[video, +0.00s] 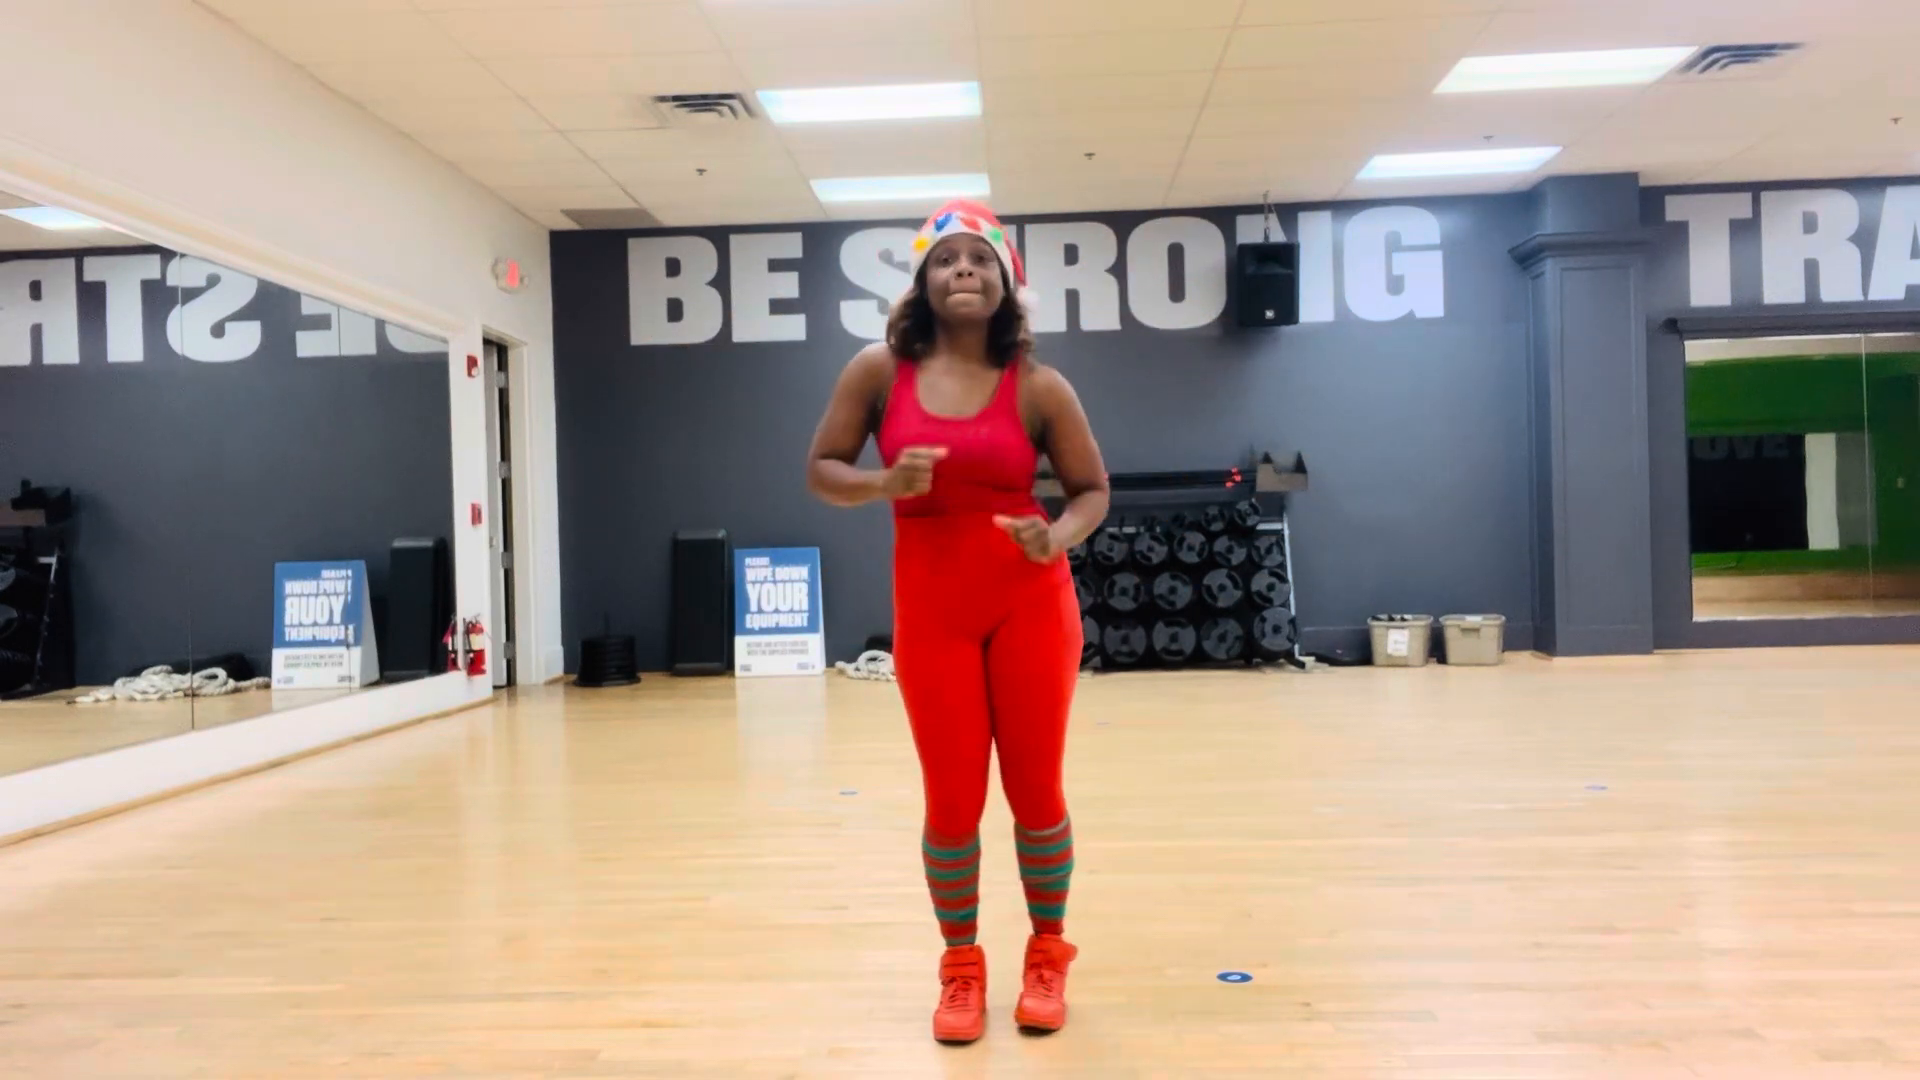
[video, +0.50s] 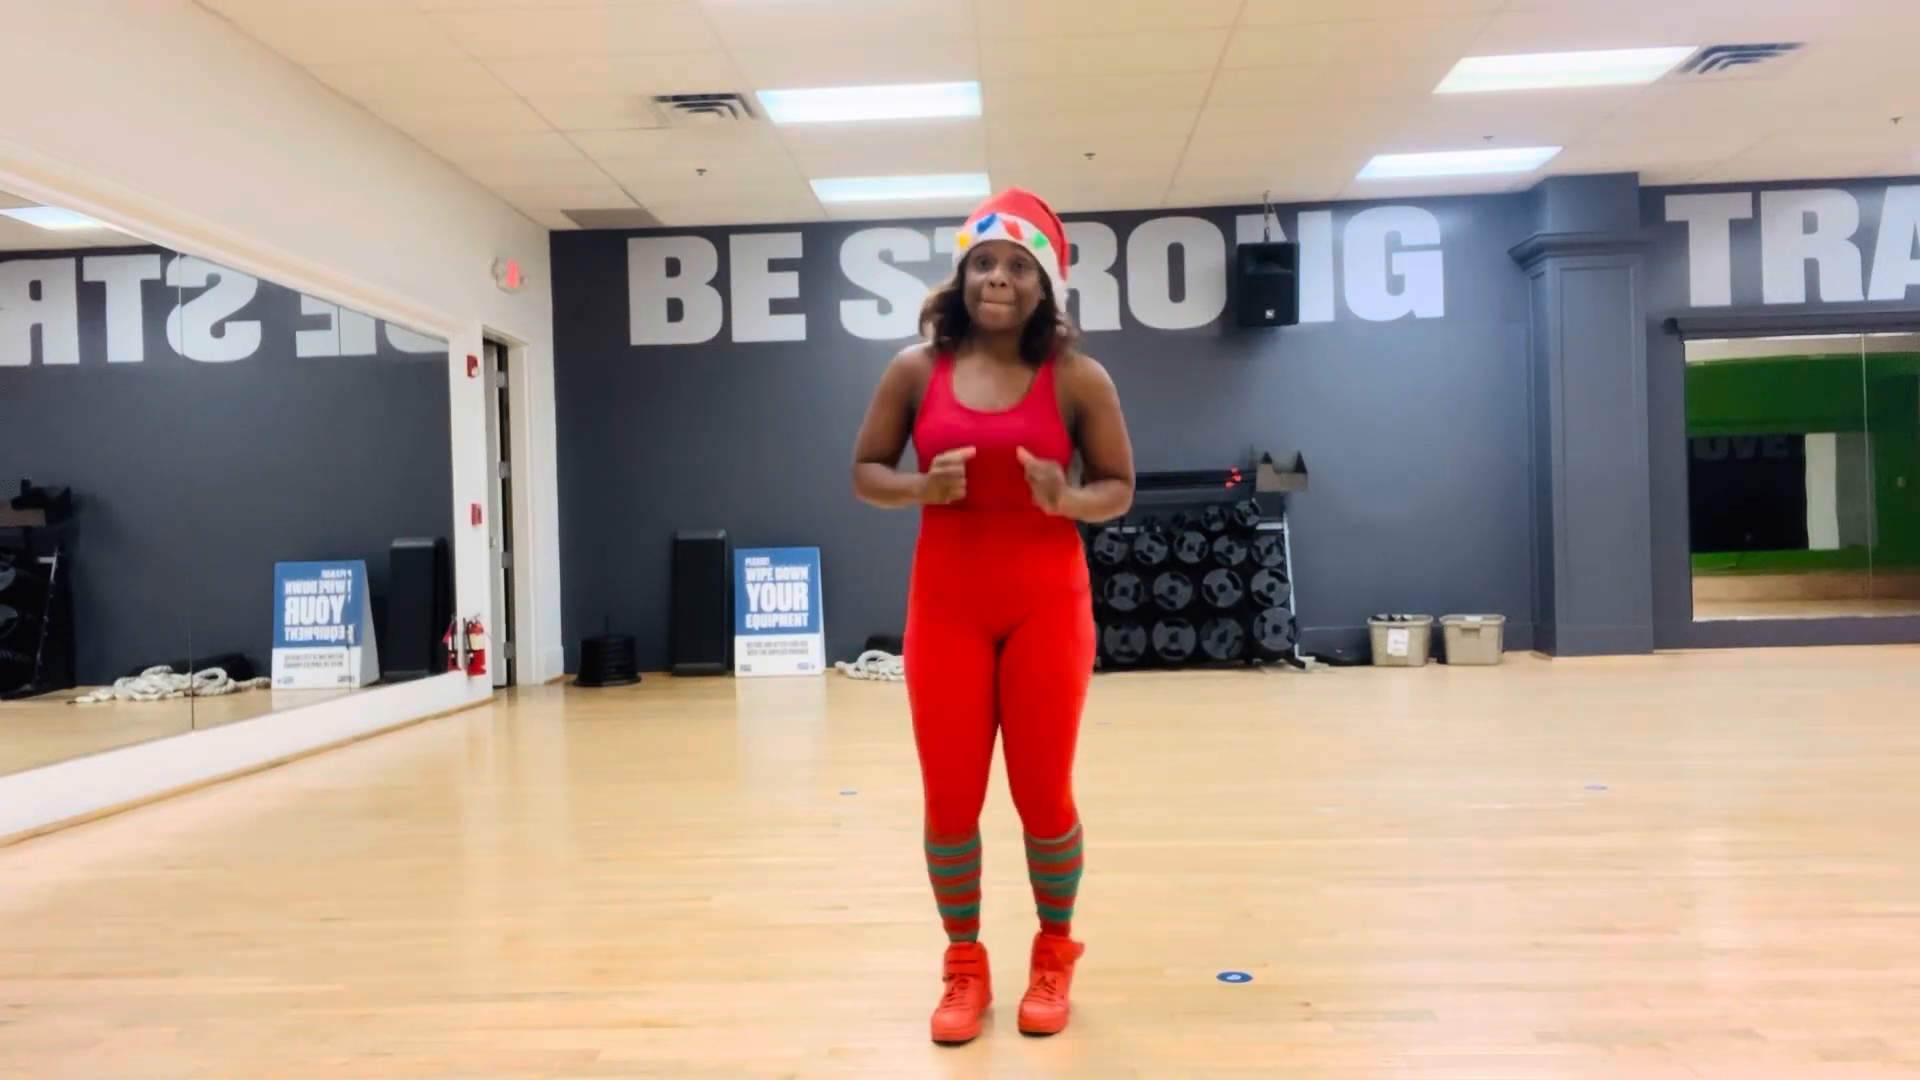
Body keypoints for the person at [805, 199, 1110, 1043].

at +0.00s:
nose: (966, 273)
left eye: (981, 262)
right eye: (949, 262)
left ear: (1003, 284)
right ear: (924, 284)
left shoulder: (1040, 388)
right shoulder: (878, 371)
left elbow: (1092, 490)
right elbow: (821, 471)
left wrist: (1060, 532)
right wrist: (880, 483)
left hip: (1031, 600)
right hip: (930, 609)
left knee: (1035, 790)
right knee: (952, 797)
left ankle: (1047, 959)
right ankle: (960, 968)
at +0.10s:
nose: (969, 270)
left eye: (985, 259)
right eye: (952, 260)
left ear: (1009, 280)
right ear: (928, 283)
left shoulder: (1045, 384)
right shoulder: (883, 366)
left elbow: (1087, 487)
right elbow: (821, 462)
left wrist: (1058, 524)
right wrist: (877, 470)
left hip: (1031, 597)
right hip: (929, 603)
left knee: (1036, 786)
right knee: (951, 793)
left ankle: (1045, 959)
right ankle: (961, 968)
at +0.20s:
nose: (967, 273)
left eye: (983, 260)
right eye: (949, 262)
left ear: (1008, 279)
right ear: (929, 284)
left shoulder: (1054, 371)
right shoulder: (892, 376)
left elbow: (1092, 485)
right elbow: (840, 477)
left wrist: (1038, 484)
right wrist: (889, 496)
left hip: (1030, 602)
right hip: (927, 604)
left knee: (1043, 793)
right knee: (948, 794)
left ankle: (1038, 963)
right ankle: (960, 970)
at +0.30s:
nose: (967, 290)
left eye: (984, 275)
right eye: (950, 277)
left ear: (1011, 290)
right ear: (930, 298)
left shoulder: (1061, 372)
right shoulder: (905, 400)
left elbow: (1106, 489)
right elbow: (859, 503)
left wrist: (1039, 455)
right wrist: (897, 534)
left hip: (1030, 612)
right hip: (929, 614)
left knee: (1039, 806)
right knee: (949, 803)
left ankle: (1025, 969)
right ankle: (961, 972)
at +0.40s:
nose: (978, 281)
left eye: (996, 267)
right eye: (963, 267)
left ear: (1024, 282)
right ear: (942, 284)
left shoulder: (1070, 368)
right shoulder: (912, 387)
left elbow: (1114, 485)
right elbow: (873, 496)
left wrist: (1051, 465)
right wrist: (917, 520)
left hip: (1036, 605)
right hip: (934, 606)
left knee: (1040, 801)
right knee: (952, 798)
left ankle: (1030, 967)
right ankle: (960, 970)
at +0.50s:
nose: (998, 281)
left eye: (1017, 268)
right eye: (984, 264)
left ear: (1043, 287)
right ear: (962, 279)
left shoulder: (1079, 380)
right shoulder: (916, 371)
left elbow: (1117, 489)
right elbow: (867, 474)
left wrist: (1069, 500)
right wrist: (920, 485)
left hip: (1049, 604)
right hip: (946, 604)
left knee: (1041, 791)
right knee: (950, 796)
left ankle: (1052, 960)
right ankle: (963, 970)